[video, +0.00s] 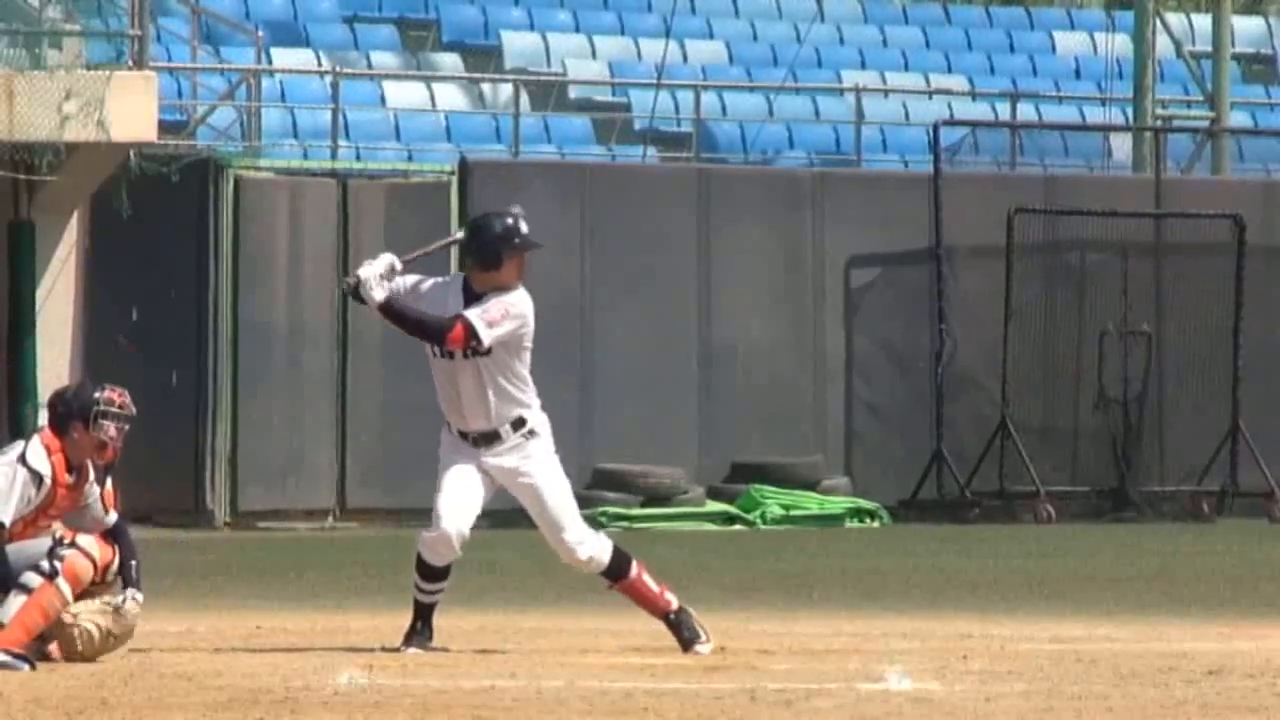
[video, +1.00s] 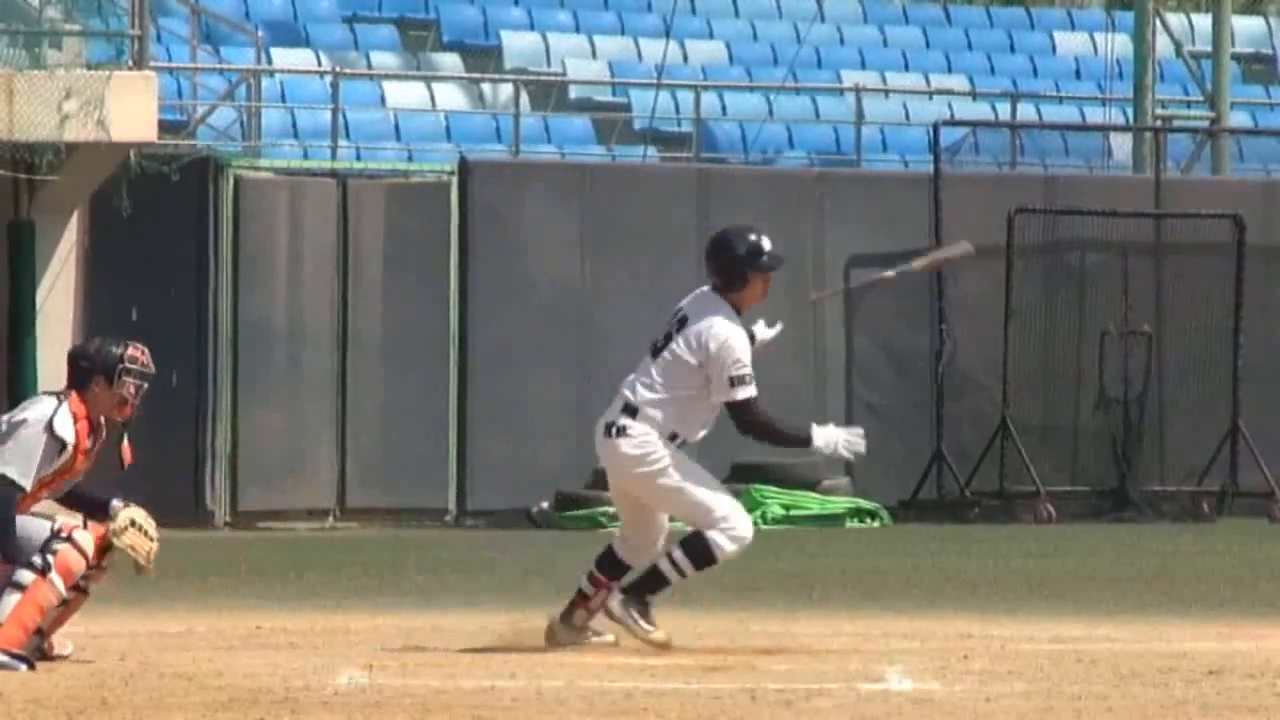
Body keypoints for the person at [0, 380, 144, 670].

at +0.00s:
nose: (114, 436)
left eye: (117, 428)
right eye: (105, 427)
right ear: (77, 429)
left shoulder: (84, 471)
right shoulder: (27, 467)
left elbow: (114, 528)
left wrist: (132, 589)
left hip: (23, 551)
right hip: (6, 554)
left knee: (105, 552)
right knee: (77, 554)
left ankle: (38, 638)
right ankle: (9, 645)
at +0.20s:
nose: (112, 437)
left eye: (116, 428)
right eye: (103, 428)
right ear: (76, 431)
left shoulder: (87, 467)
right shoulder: (26, 466)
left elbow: (114, 520)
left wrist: (168, 544)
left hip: (22, 552)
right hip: (8, 554)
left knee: (108, 556)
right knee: (74, 554)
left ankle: (37, 641)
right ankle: (8, 645)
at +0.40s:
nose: (115, 433)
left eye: (119, 424)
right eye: (105, 423)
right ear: (75, 426)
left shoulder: (82, 463)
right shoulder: (26, 462)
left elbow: (141, 490)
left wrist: (211, 488)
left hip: (25, 556)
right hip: (7, 557)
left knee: (110, 565)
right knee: (76, 554)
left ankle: (33, 643)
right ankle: (8, 644)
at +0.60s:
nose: (108, 423)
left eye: (110, 414)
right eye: (99, 413)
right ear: (70, 416)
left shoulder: (83, 461)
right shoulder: (22, 455)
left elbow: (150, 484)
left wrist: (227, 487)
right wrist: (45, 537)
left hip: (29, 553)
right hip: (5, 551)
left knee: (114, 565)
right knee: (70, 553)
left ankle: (37, 640)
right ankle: (6, 645)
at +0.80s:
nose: (117, 413)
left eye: (119, 404)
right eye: (109, 403)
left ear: (83, 408)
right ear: (81, 406)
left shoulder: (85, 448)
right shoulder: (31, 446)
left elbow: (101, 502)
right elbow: (4, 519)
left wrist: (166, 530)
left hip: (20, 542)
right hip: (6, 545)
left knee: (108, 553)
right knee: (74, 551)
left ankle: (38, 639)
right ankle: (7, 644)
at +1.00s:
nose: (133, 394)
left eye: (137, 386)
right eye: (126, 383)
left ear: (99, 387)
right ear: (97, 384)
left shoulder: (92, 426)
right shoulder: (48, 422)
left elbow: (59, 489)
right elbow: (6, 498)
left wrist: (113, 511)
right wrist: (16, 565)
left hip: (15, 518)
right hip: (5, 521)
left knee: (96, 542)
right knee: (69, 546)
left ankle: (33, 638)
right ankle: (5, 644)